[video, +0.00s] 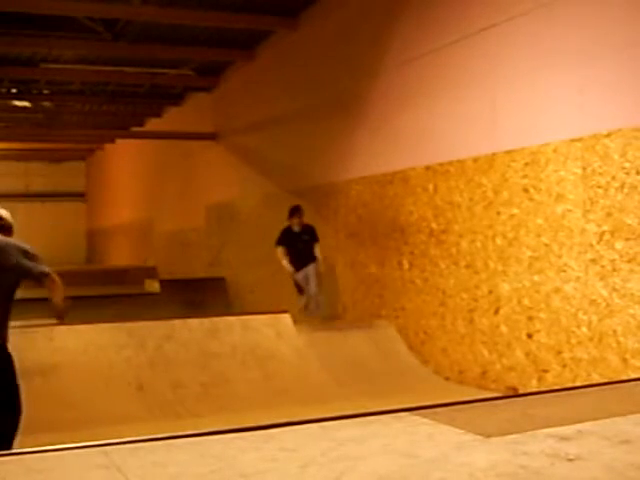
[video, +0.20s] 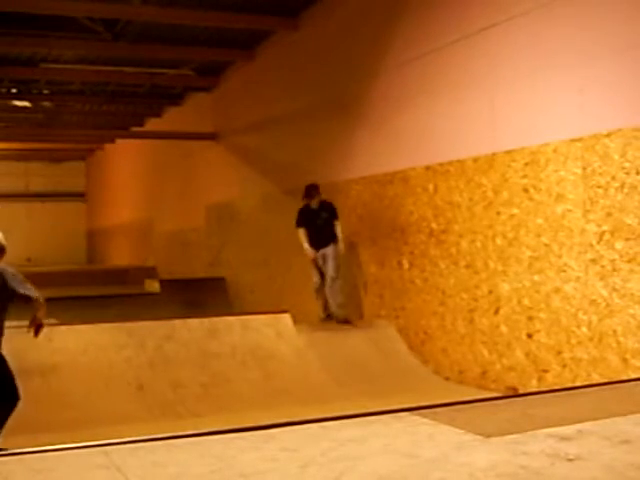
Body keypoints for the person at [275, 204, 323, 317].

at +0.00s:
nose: (297, 220)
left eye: (299, 217)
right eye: (295, 217)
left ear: (302, 217)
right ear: (290, 219)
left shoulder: (309, 229)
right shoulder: (285, 233)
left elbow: (316, 246)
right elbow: (280, 250)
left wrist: (320, 261)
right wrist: (287, 266)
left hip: (310, 263)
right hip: (296, 266)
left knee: (313, 290)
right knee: (303, 292)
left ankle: (314, 312)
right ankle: (302, 313)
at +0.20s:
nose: (314, 200)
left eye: (315, 196)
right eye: (311, 197)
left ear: (319, 195)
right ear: (307, 197)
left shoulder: (328, 206)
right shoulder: (303, 211)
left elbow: (337, 224)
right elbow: (301, 230)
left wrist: (340, 242)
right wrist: (307, 247)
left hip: (330, 246)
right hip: (315, 249)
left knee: (332, 278)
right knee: (318, 281)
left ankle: (338, 311)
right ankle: (324, 311)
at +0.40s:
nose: (334, 202)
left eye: (335, 198)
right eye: (331, 199)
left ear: (340, 195)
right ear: (327, 198)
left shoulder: (350, 206)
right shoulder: (324, 210)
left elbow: (358, 225)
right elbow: (321, 230)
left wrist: (360, 245)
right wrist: (326, 248)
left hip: (349, 247)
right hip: (332, 249)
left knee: (346, 279)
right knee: (328, 281)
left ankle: (347, 310)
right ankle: (334, 305)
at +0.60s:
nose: (358, 219)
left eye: (360, 215)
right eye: (355, 216)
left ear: (365, 214)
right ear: (351, 216)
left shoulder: (375, 228)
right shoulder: (347, 229)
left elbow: (382, 250)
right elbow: (342, 251)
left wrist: (380, 270)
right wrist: (343, 271)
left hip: (369, 267)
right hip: (352, 267)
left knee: (361, 299)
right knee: (345, 296)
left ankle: (361, 330)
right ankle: (343, 310)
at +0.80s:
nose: (390, 233)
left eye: (393, 229)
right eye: (387, 229)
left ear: (397, 230)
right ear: (382, 230)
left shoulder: (406, 248)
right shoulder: (375, 247)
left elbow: (411, 274)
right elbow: (370, 271)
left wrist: (409, 296)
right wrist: (368, 295)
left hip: (397, 294)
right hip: (379, 294)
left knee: (391, 330)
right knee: (373, 331)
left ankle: (393, 364)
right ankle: (379, 357)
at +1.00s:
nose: (430, 229)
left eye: (432, 225)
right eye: (426, 225)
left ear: (435, 225)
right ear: (419, 226)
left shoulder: (442, 244)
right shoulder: (409, 247)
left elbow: (447, 271)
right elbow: (404, 275)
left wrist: (449, 294)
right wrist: (406, 299)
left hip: (437, 296)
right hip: (417, 298)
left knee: (435, 339)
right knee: (417, 342)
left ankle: (439, 376)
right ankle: (424, 374)